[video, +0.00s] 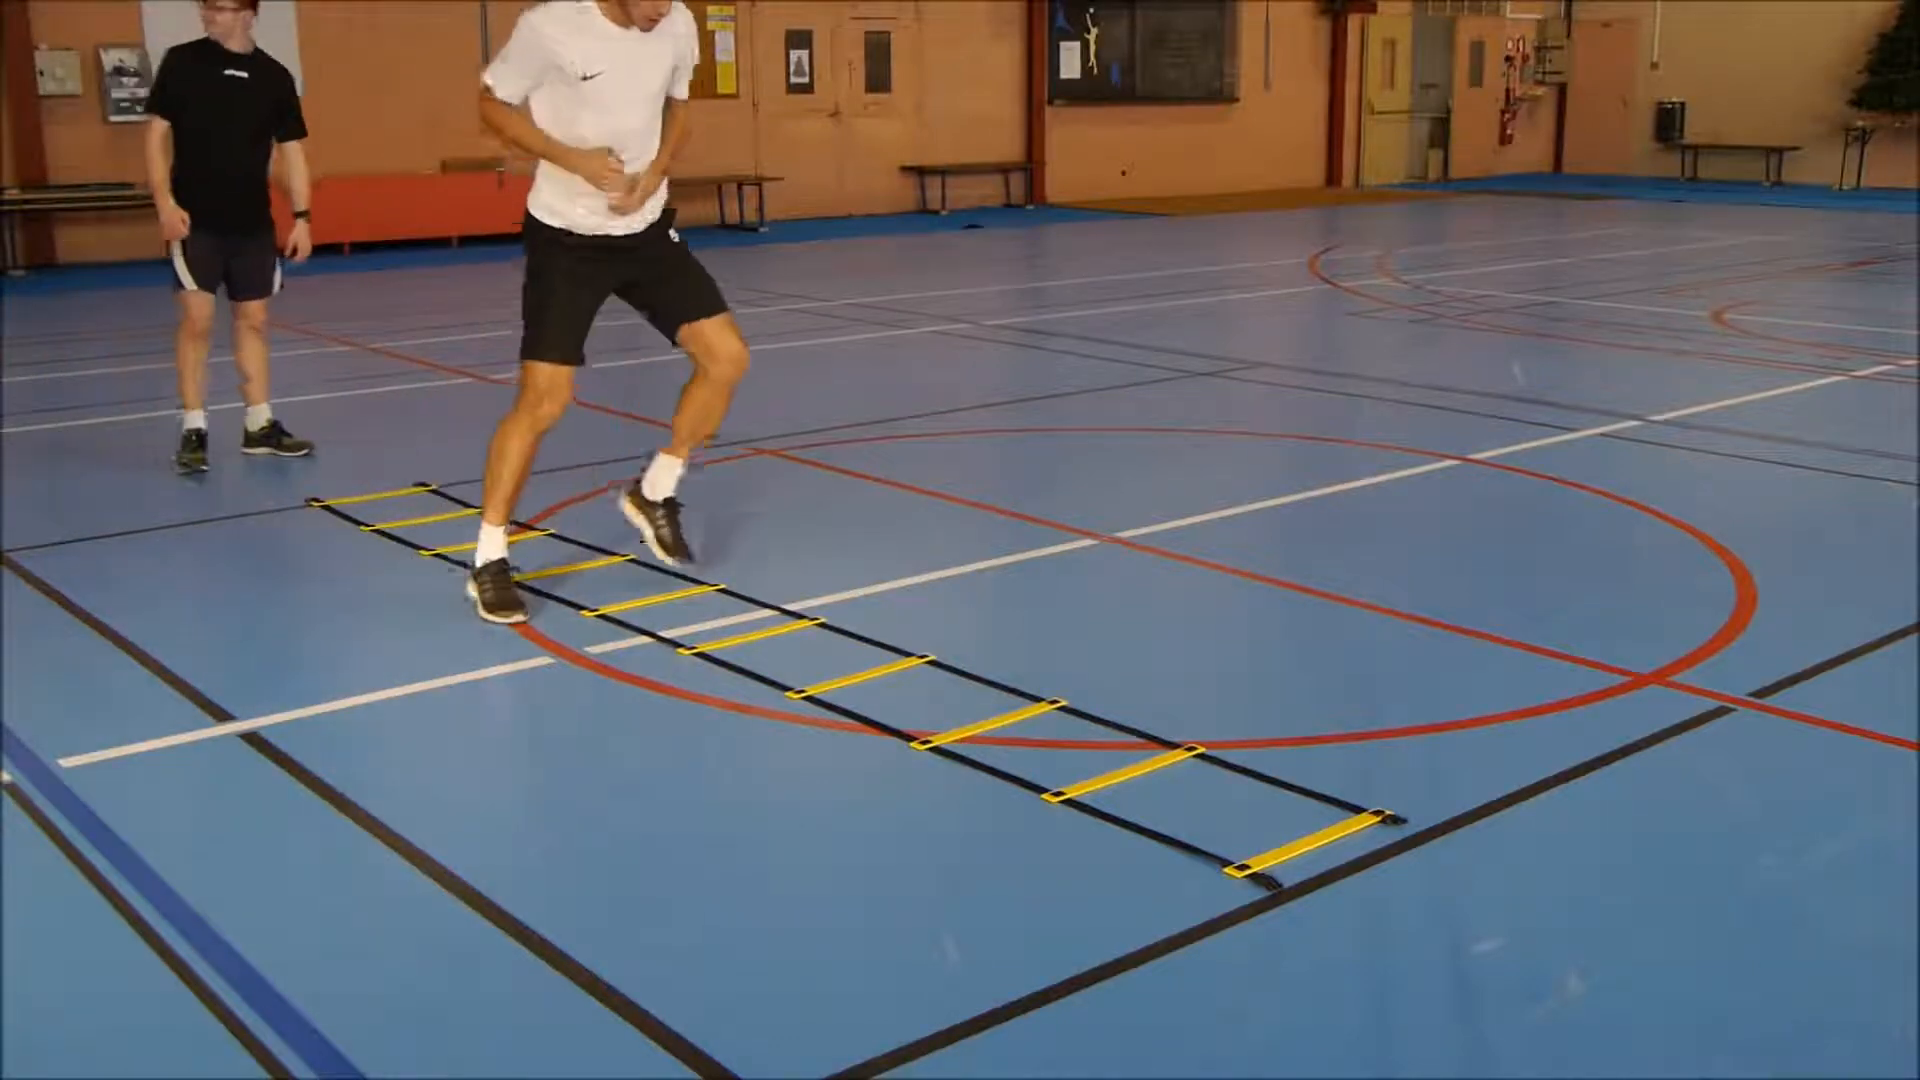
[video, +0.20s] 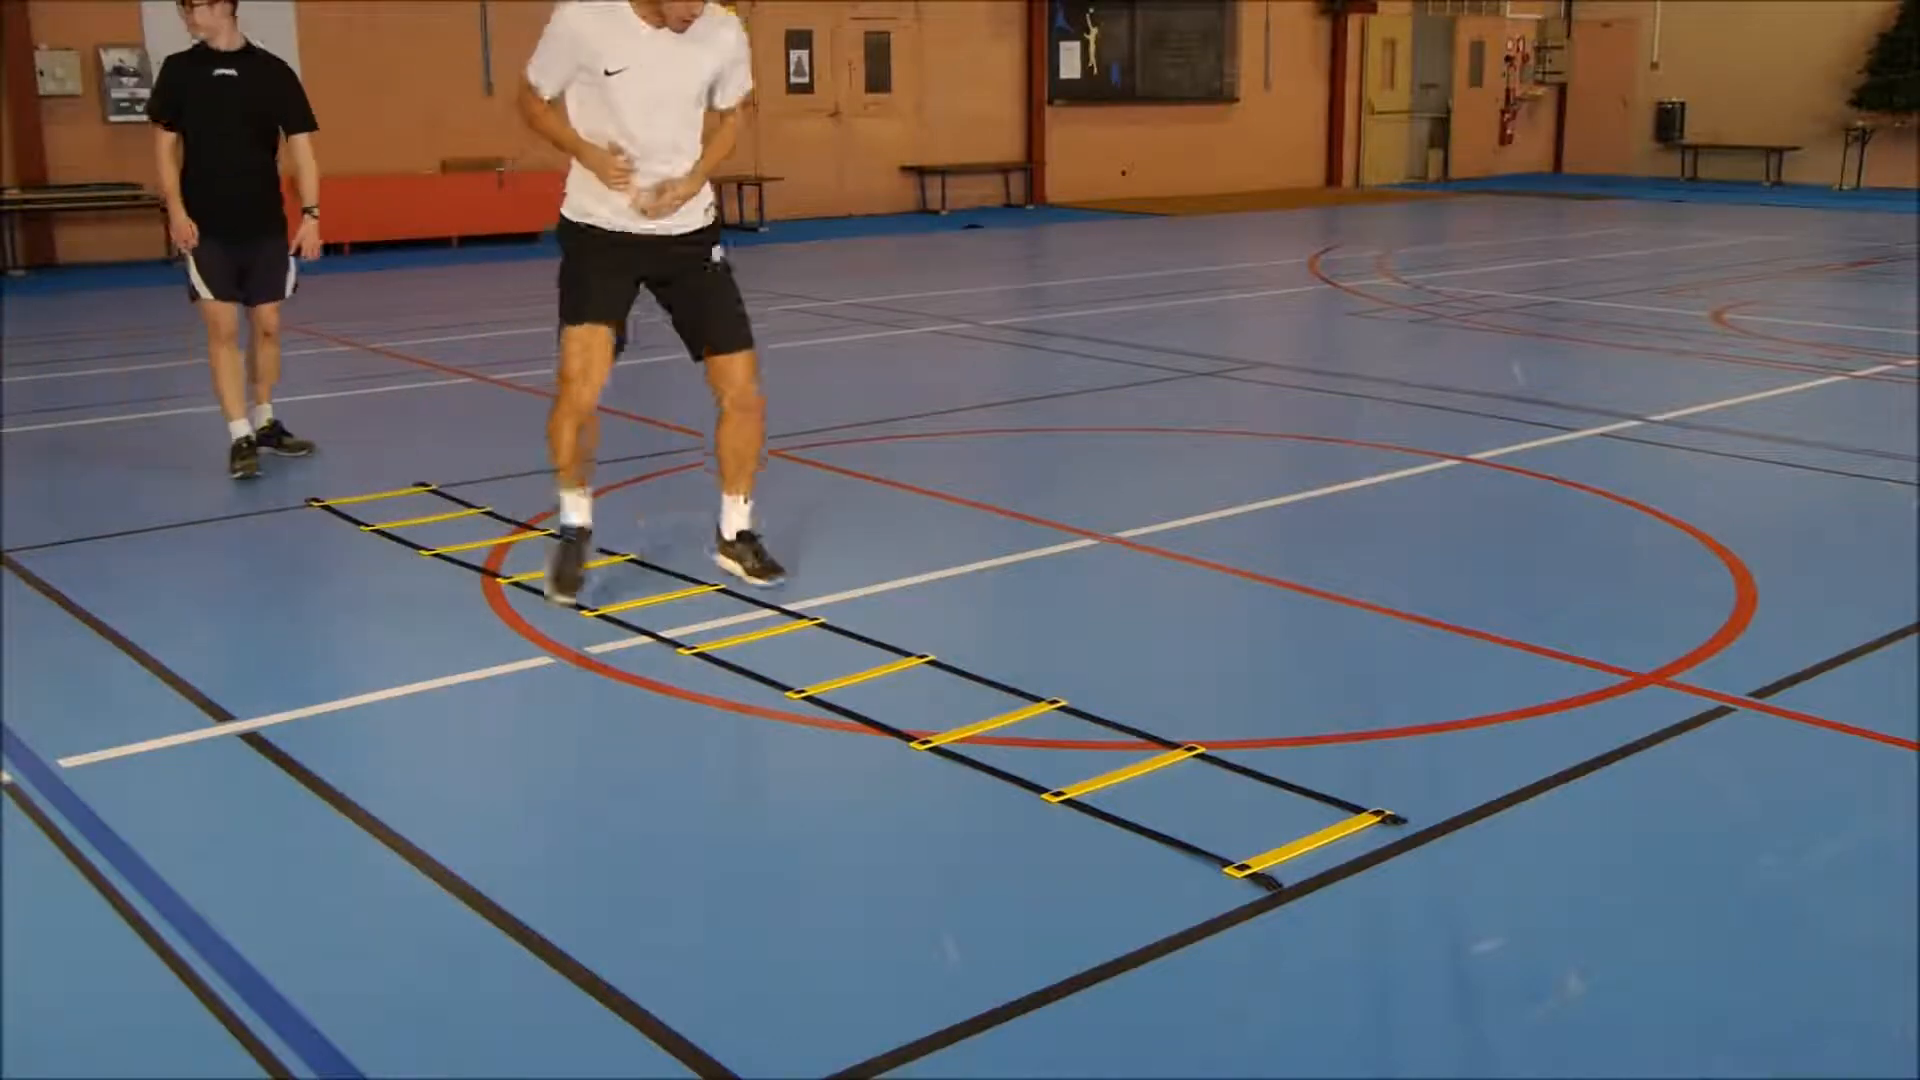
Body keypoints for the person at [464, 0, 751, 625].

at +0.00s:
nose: (658, 16)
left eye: (663, 9)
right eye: (650, 9)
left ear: (666, 1)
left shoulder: (677, 25)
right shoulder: (548, 26)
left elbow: (676, 106)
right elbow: (492, 107)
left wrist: (656, 170)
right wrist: (574, 158)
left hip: (647, 234)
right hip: (565, 240)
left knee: (726, 359)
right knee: (545, 400)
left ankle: (656, 491)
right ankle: (489, 557)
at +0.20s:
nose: (691, 18)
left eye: (698, 9)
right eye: (684, 9)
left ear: (705, 0)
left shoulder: (724, 33)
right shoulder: (580, 22)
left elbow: (730, 115)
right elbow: (531, 100)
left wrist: (693, 178)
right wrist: (586, 153)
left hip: (689, 233)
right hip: (599, 232)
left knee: (743, 392)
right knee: (580, 389)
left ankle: (737, 534)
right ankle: (573, 526)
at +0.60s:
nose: (733, 5)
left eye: (742, 2)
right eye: (725, 1)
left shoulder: (778, 18)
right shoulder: (627, 12)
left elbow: (793, 109)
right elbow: (584, 76)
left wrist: (739, 183)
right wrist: (619, 151)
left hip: (731, 236)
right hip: (640, 230)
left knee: (757, 405)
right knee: (633, 390)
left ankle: (695, 544)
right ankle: (610, 560)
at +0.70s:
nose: (754, 9)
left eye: (760, 4)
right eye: (744, 4)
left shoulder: (783, 22)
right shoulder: (641, 19)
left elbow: (784, 109)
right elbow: (584, 101)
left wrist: (751, 177)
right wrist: (649, 169)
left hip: (743, 244)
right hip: (653, 249)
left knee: (817, 387)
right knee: (624, 413)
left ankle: (739, 521)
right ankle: (576, 587)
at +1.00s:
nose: (822, 6)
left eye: (829, 3)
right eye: (813, 2)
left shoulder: (853, 24)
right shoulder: (698, 17)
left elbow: (854, 118)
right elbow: (654, 98)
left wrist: (818, 198)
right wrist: (708, 169)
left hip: (807, 242)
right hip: (714, 244)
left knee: (864, 405)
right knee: (744, 420)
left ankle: (835, 551)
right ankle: (767, 585)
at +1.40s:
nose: (891, 15)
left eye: (897, 6)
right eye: (880, 4)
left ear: (895, 4)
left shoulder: (888, 36)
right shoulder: (754, 37)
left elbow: (865, 123)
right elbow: (685, 137)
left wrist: (857, 198)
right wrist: (773, 217)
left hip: (845, 268)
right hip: (755, 280)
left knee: (951, 393)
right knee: (725, 459)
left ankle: (861, 544)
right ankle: (662, 628)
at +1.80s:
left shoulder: (982, 16)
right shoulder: (827, 12)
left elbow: (965, 106)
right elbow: (758, 97)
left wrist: (942, 183)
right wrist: (836, 189)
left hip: (929, 253)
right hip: (837, 260)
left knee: (996, 421)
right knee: (882, 448)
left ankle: (923, 585)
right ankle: (870, 629)